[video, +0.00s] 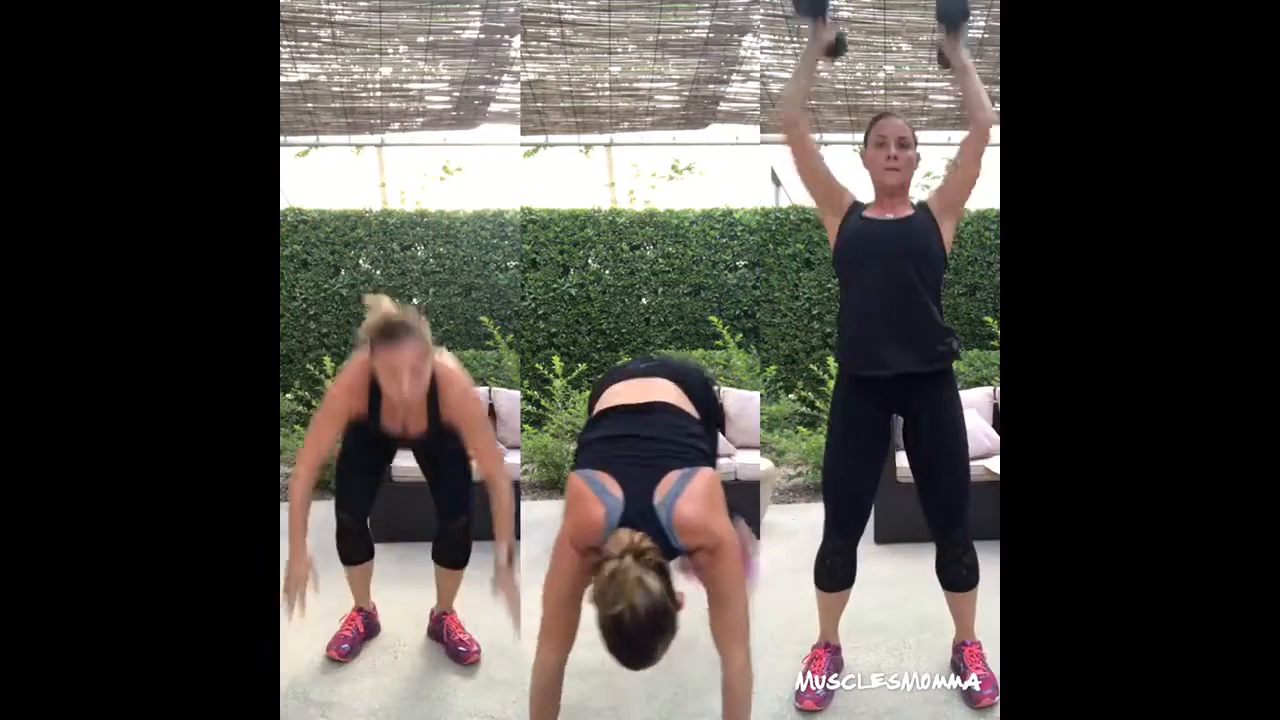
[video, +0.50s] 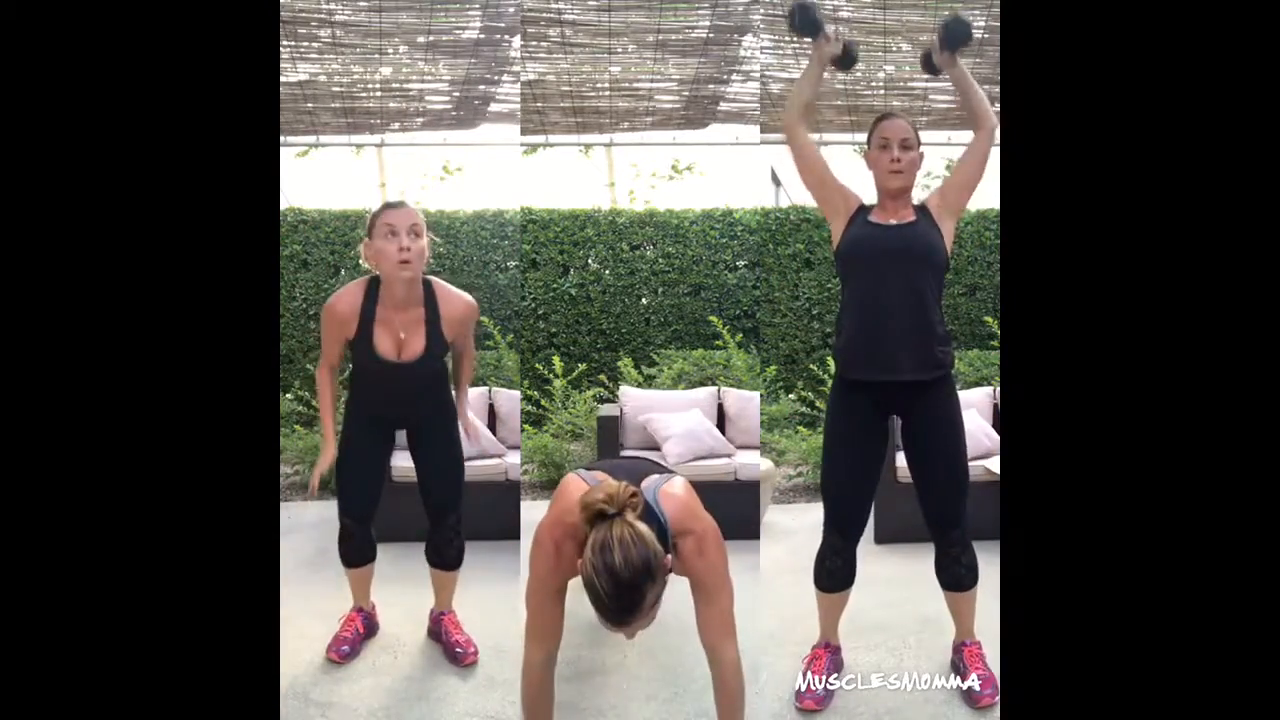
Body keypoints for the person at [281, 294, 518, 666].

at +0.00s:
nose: (406, 383)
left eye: (416, 370)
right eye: (392, 372)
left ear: (429, 362)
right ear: (374, 364)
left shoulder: (451, 380)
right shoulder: (355, 376)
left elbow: (496, 473)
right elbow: (305, 468)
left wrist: (504, 562)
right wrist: (297, 555)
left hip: (437, 433)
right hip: (373, 429)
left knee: (456, 520)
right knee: (350, 517)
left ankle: (444, 615)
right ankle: (363, 612)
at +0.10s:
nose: (405, 322)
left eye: (415, 309)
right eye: (392, 311)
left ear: (429, 306)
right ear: (372, 311)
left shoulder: (453, 342)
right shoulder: (352, 339)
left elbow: (492, 412)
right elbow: (310, 411)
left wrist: (497, 488)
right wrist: (303, 487)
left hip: (434, 411)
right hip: (371, 411)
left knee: (455, 511)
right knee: (353, 508)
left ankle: (444, 614)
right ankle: (363, 613)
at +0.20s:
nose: (403, 277)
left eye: (413, 265)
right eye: (390, 267)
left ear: (427, 268)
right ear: (371, 272)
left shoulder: (454, 314)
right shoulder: (349, 313)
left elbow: (486, 355)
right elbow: (308, 366)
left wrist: (487, 420)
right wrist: (306, 433)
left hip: (433, 403)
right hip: (370, 404)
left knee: (448, 506)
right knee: (357, 507)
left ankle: (443, 614)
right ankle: (363, 611)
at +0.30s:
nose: (405, 254)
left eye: (414, 241)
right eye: (390, 244)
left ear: (427, 247)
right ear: (369, 253)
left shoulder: (458, 300)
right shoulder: (344, 300)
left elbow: (476, 335)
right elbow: (314, 340)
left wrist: (468, 371)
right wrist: (315, 400)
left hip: (432, 399)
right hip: (368, 402)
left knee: (441, 506)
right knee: (360, 506)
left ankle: (443, 612)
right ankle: (363, 611)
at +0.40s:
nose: (405, 248)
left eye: (414, 236)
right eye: (390, 238)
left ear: (427, 245)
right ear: (369, 251)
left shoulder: (458, 298)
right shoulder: (342, 299)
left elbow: (466, 341)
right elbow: (322, 344)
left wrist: (458, 377)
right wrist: (324, 405)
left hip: (432, 403)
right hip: (368, 405)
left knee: (442, 508)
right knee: (358, 507)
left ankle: (443, 614)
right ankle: (363, 611)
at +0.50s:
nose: (405, 244)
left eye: (414, 233)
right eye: (391, 235)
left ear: (427, 245)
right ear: (369, 252)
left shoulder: (456, 307)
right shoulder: (345, 306)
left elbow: (464, 354)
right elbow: (327, 368)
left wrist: (461, 408)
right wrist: (328, 440)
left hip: (433, 413)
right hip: (368, 414)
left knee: (447, 518)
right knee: (353, 517)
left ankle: (444, 615)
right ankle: (362, 612)